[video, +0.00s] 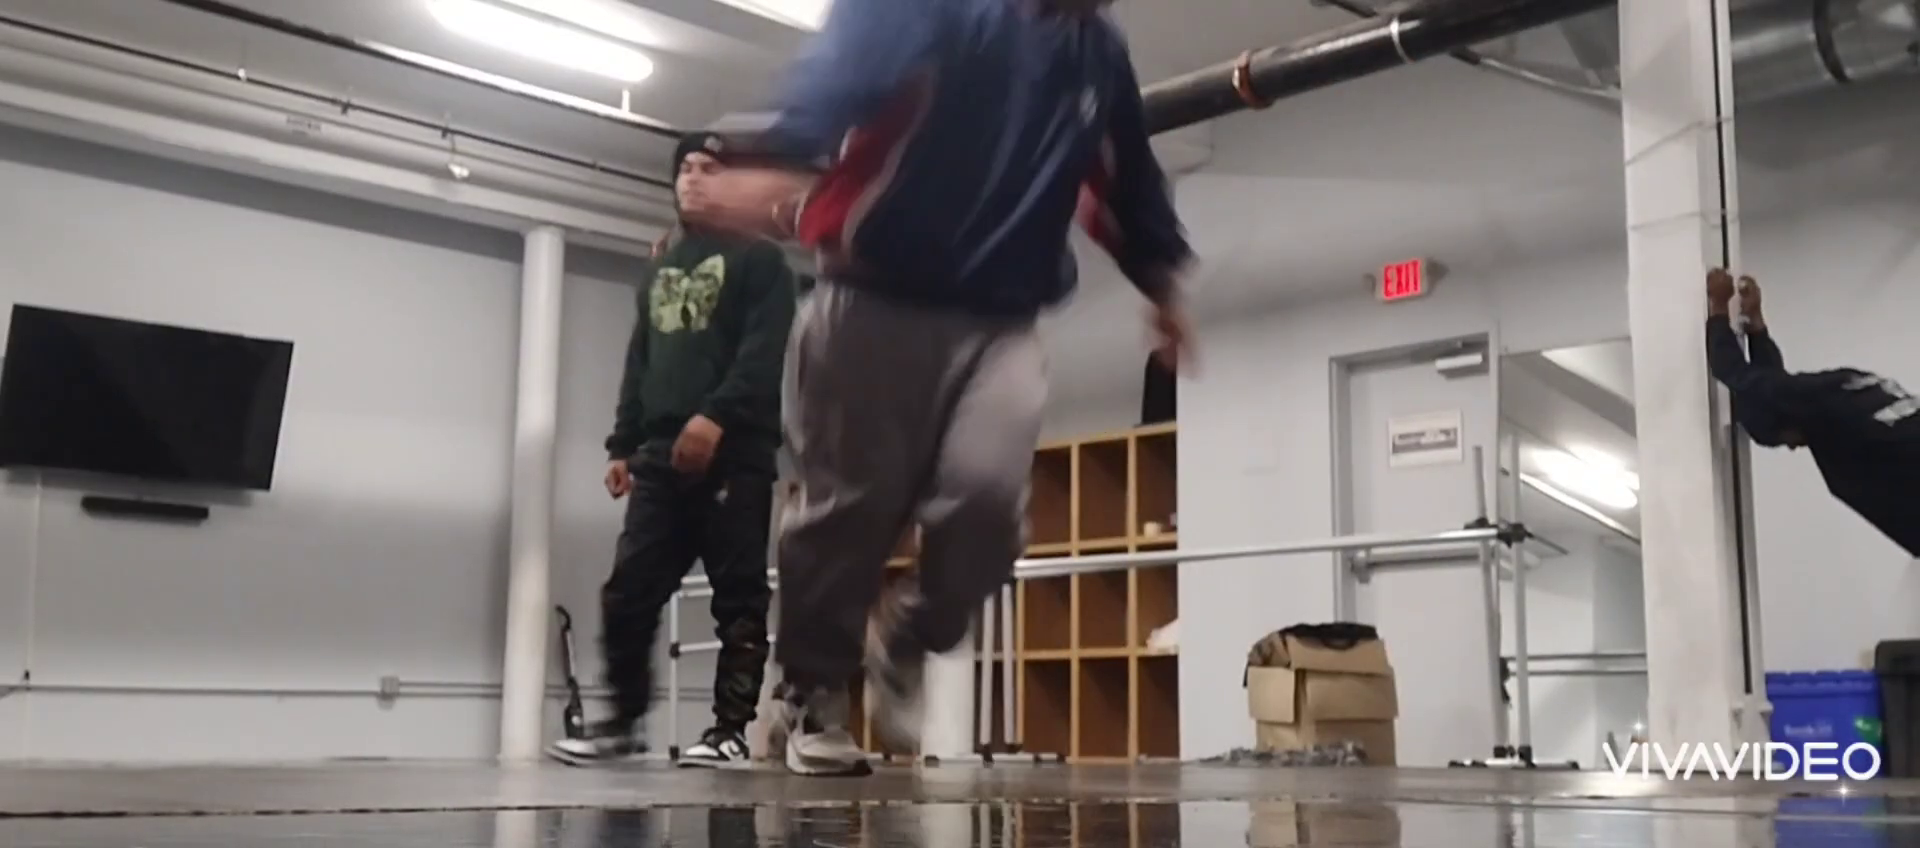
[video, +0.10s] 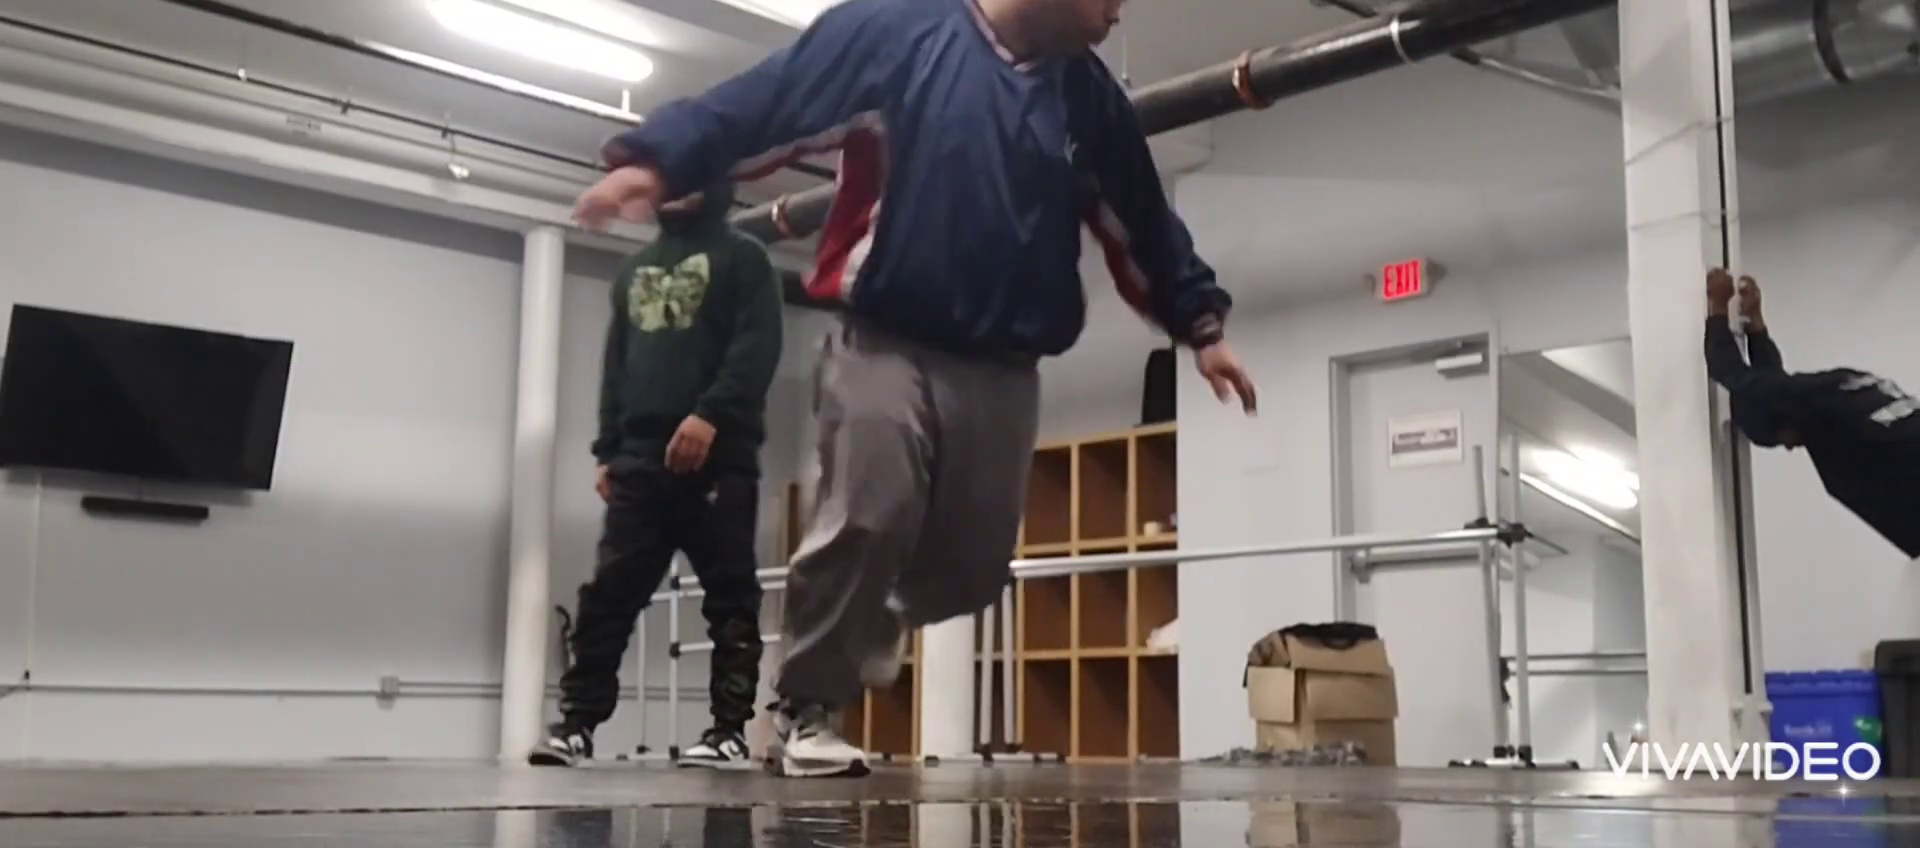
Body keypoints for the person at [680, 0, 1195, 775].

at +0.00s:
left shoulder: (1095, 44)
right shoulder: (934, 9)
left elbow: (1129, 172)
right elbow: (844, 63)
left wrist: (1164, 287)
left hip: (999, 321)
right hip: (872, 302)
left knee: (986, 494)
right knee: (844, 512)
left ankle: (908, 639)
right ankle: (817, 696)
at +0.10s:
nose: (1111, 18)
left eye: (1116, 9)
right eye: (1104, 3)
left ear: (1095, 12)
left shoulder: (1089, 92)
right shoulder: (898, 29)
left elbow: (1144, 217)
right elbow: (770, 98)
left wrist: (1202, 328)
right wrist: (659, 159)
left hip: (1001, 364)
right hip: (884, 342)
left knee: (965, 570)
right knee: (867, 526)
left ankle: (859, 609)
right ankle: (801, 715)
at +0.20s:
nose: (1122, 30)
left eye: (1127, 22)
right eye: (1118, 15)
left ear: (1105, 15)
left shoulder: (1106, 78)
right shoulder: (928, 19)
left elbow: (1138, 186)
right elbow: (802, 90)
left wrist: (1150, 273)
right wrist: (691, 167)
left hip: (1023, 343)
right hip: (914, 321)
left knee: (1002, 506)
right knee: (882, 499)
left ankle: (926, 614)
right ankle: (814, 697)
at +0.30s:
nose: (1173, 26)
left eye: (1179, 14)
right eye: (1168, 8)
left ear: (1146, 13)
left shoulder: (1143, 78)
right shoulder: (964, 17)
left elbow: (1155, 177)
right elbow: (860, 92)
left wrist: (1104, 200)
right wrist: (791, 181)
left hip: (1051, 322)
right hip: (941, 306)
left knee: (1046, 496)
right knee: (909, 489)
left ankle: (1024, 653)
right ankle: (849, 683)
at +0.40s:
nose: (1210, 73)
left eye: (1222, 60)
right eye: (1209, 51)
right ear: (1163, 14)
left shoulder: (1170, 124)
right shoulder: (1014, 58)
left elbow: (1186, 227)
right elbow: (900, 127)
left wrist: (1126, 201)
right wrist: (809, 200)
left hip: (1083, 368)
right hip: (972, 353)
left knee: (1107, 541)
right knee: (934, 526)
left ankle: (1132, 696)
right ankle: (853, 696)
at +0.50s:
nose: (1243, 146)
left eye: (1255, 135)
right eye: (1244, 124)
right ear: (1203, 81)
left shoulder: (1209, 187)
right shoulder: (1066, 129)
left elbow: (1237, 290)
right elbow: (937, 189)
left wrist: (1224, 322)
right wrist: (824, 237)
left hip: (1134, 428)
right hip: (1024, 413)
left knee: (1169, 580)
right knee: (965, 550)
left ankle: (1181, 730)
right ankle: (858, 705)